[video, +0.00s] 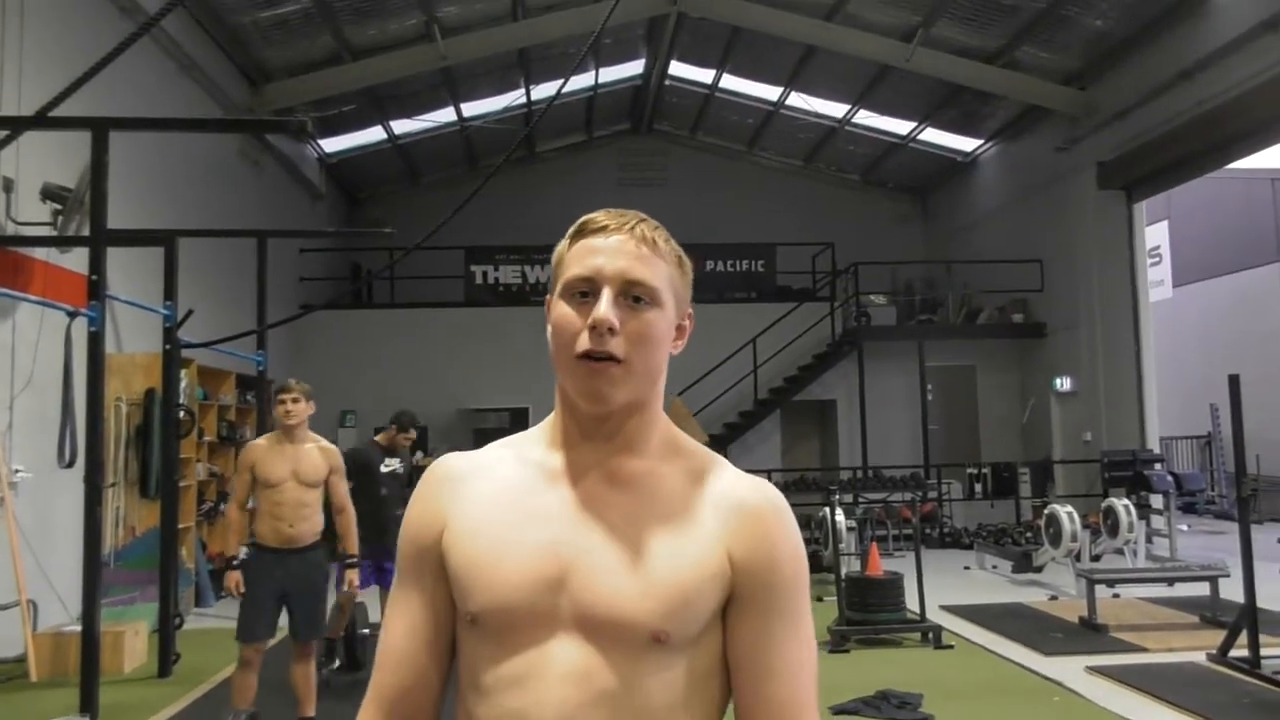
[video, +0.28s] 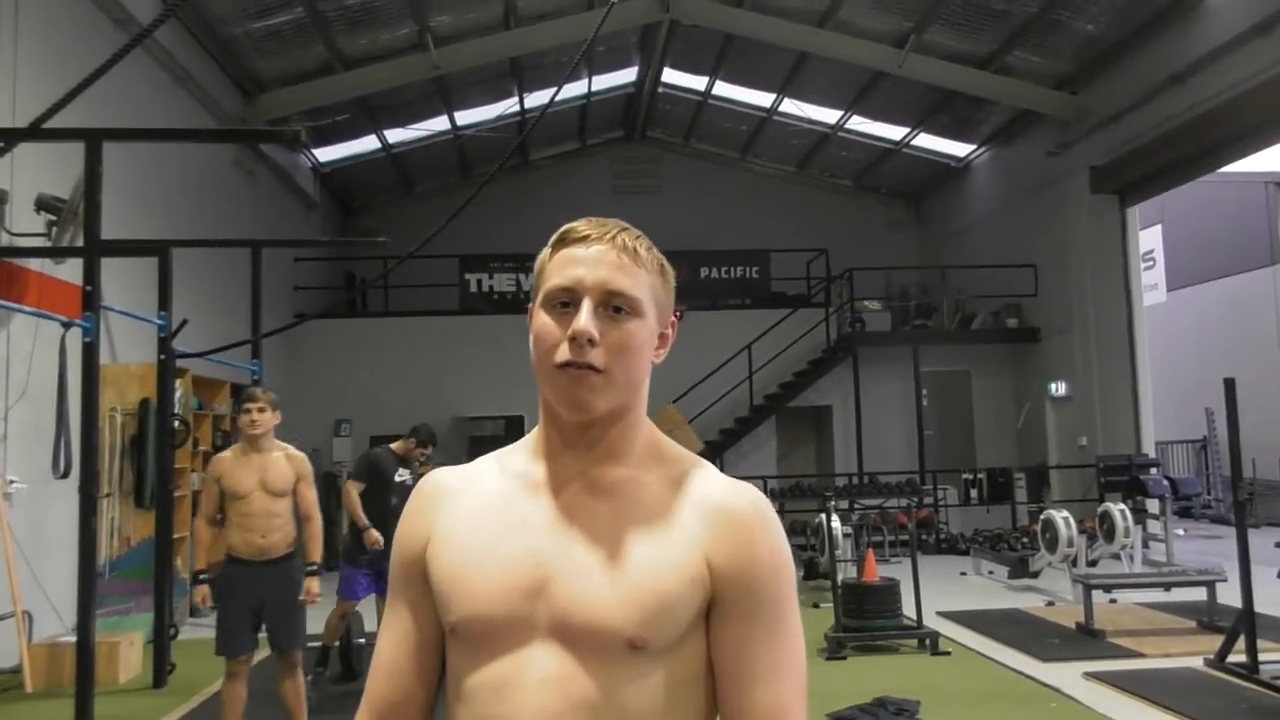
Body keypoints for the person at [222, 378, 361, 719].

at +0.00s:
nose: (288, 408)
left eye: (295, 402)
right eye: (282, 403)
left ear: (309, 408)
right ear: (274, 409)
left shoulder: (328, 453)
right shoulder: (255, 451)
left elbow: (343, 509)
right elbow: (237, 505)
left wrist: (352, 561)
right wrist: (232, 561)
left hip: (310, 561)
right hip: (263, 561)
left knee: (306, 648)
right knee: (250, 653)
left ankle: (308, 714)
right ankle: (240, 715)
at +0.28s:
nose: (252, 417)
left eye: (260, 411)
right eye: (246, 411)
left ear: (275, 417)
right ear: (237, 419)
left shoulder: (295, 461)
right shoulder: (221, 463)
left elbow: (311, 516)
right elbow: (204, 519)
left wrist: (313, 570)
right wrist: (199, 575)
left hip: (285, 570)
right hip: (237, 572)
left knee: (291, 662)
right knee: (236, 666)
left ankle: (301, 716)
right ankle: (231, 718)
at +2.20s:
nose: (321, 476)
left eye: (323, 470)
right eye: (315, 468)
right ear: (292, 465)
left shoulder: (311, 512)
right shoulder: (257, 502)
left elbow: (316, 570)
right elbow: (214, 550)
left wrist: (326, 624)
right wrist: (233, 605)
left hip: (304, 620)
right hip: (262, 621)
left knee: (288, 704)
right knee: (251, 709)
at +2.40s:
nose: (334, 481)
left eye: (336, 475)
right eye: (329, 473)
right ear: (306, 469)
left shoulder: (324, 515)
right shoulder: (269, 505)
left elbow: (331, 574)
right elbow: (225, 547)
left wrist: (340, 628)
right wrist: (238, 602)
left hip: (316, 618)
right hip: (278, 620)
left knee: (303, 705)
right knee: (294, 708)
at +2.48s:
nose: (340, 484)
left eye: (342, 478)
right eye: (335, 475)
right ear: (312, 471)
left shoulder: (331, 517)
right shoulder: (276, 506)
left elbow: (338, 577)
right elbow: (231, 550)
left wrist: (347, 629)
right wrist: (243, 604)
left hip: (321, 619)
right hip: (284, 620)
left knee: (293, 705)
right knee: (314, 706)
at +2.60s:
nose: (350, 487)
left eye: (353, 481)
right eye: (346, 478)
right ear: (323, 474)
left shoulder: (340, 519)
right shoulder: (286, 510)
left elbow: (347, 579)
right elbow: (244, 558)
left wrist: (357, 631)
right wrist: (256, 615)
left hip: (329, 622)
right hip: (295, 624)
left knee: (297, 706)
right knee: (329, 705)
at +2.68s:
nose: (357, 489)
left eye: (360, 483)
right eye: (353, 480)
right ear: (330, 476)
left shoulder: (347, 520)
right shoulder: (295, 513)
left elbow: (354, 579)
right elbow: (254, 563)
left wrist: (361, 631)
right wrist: (265, 621)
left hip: (336, 625)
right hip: (304, 627)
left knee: (300, 707)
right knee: (337, 710)